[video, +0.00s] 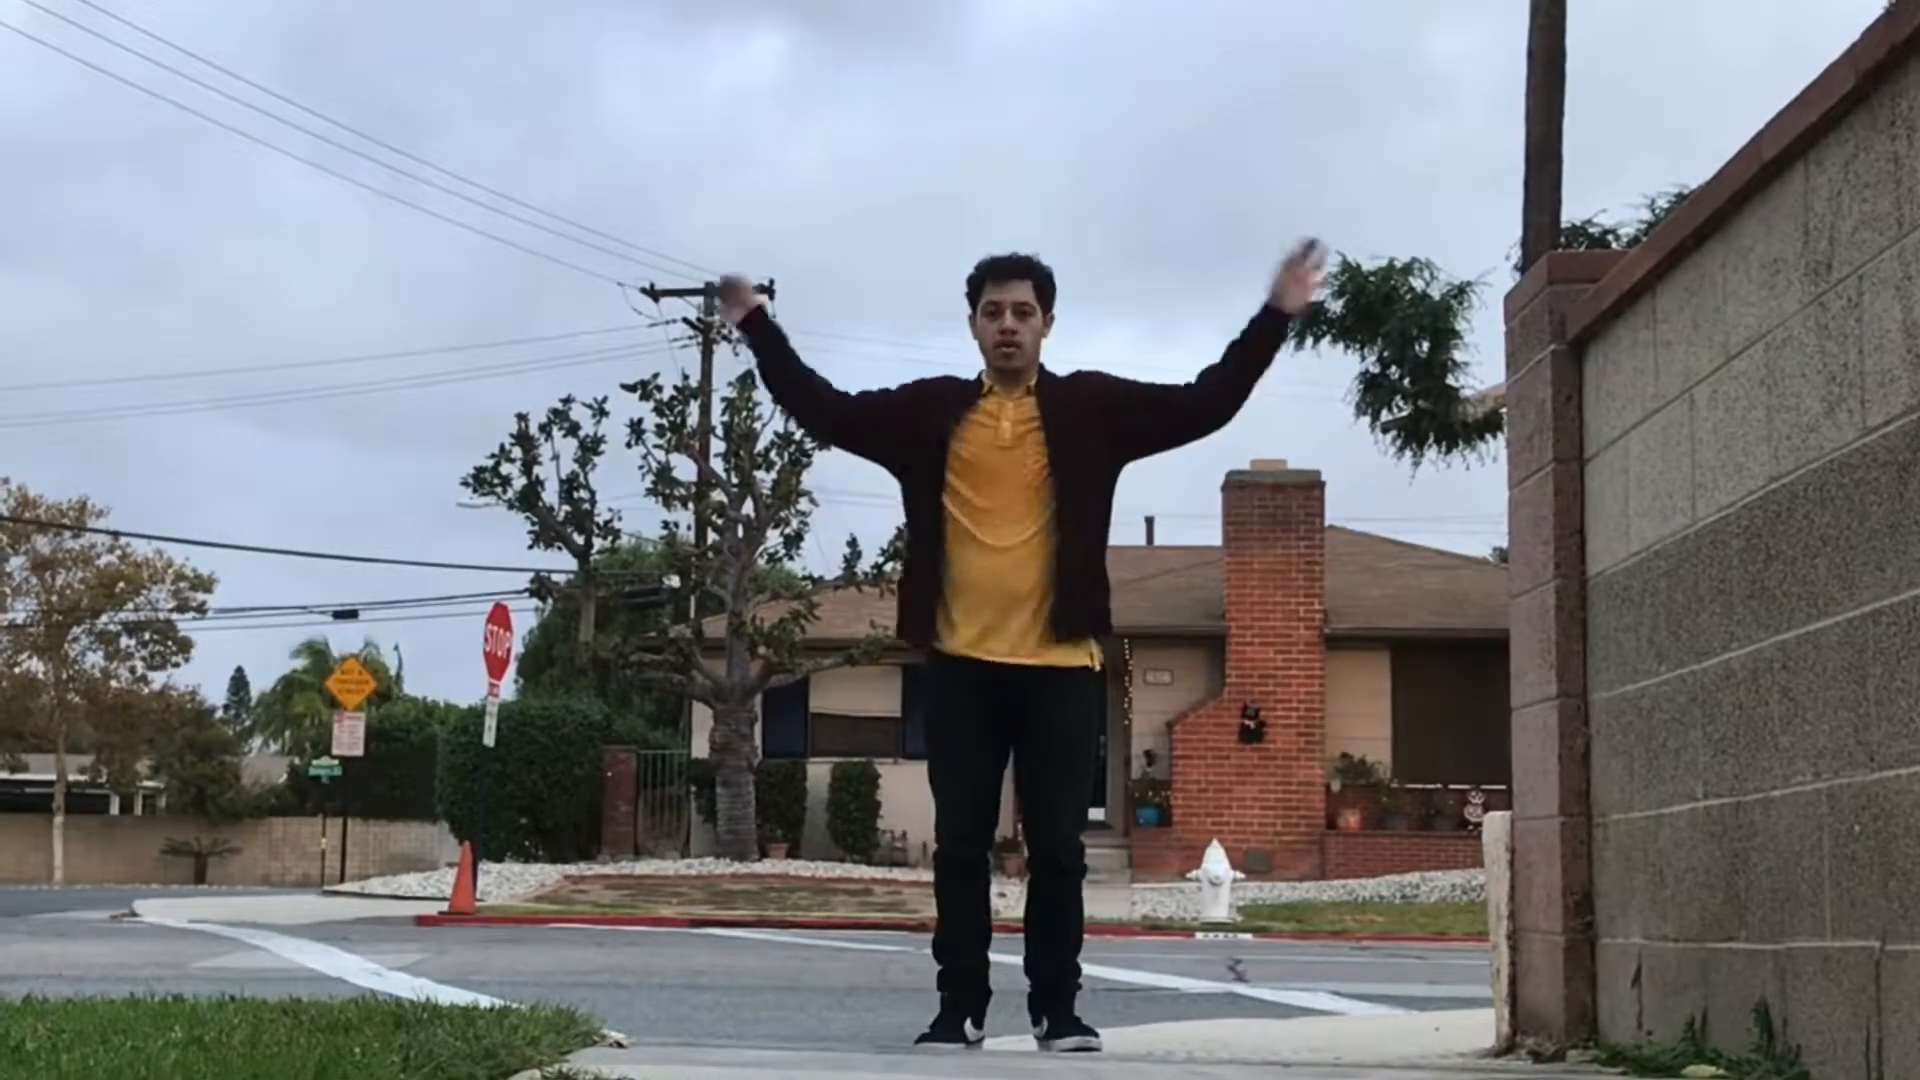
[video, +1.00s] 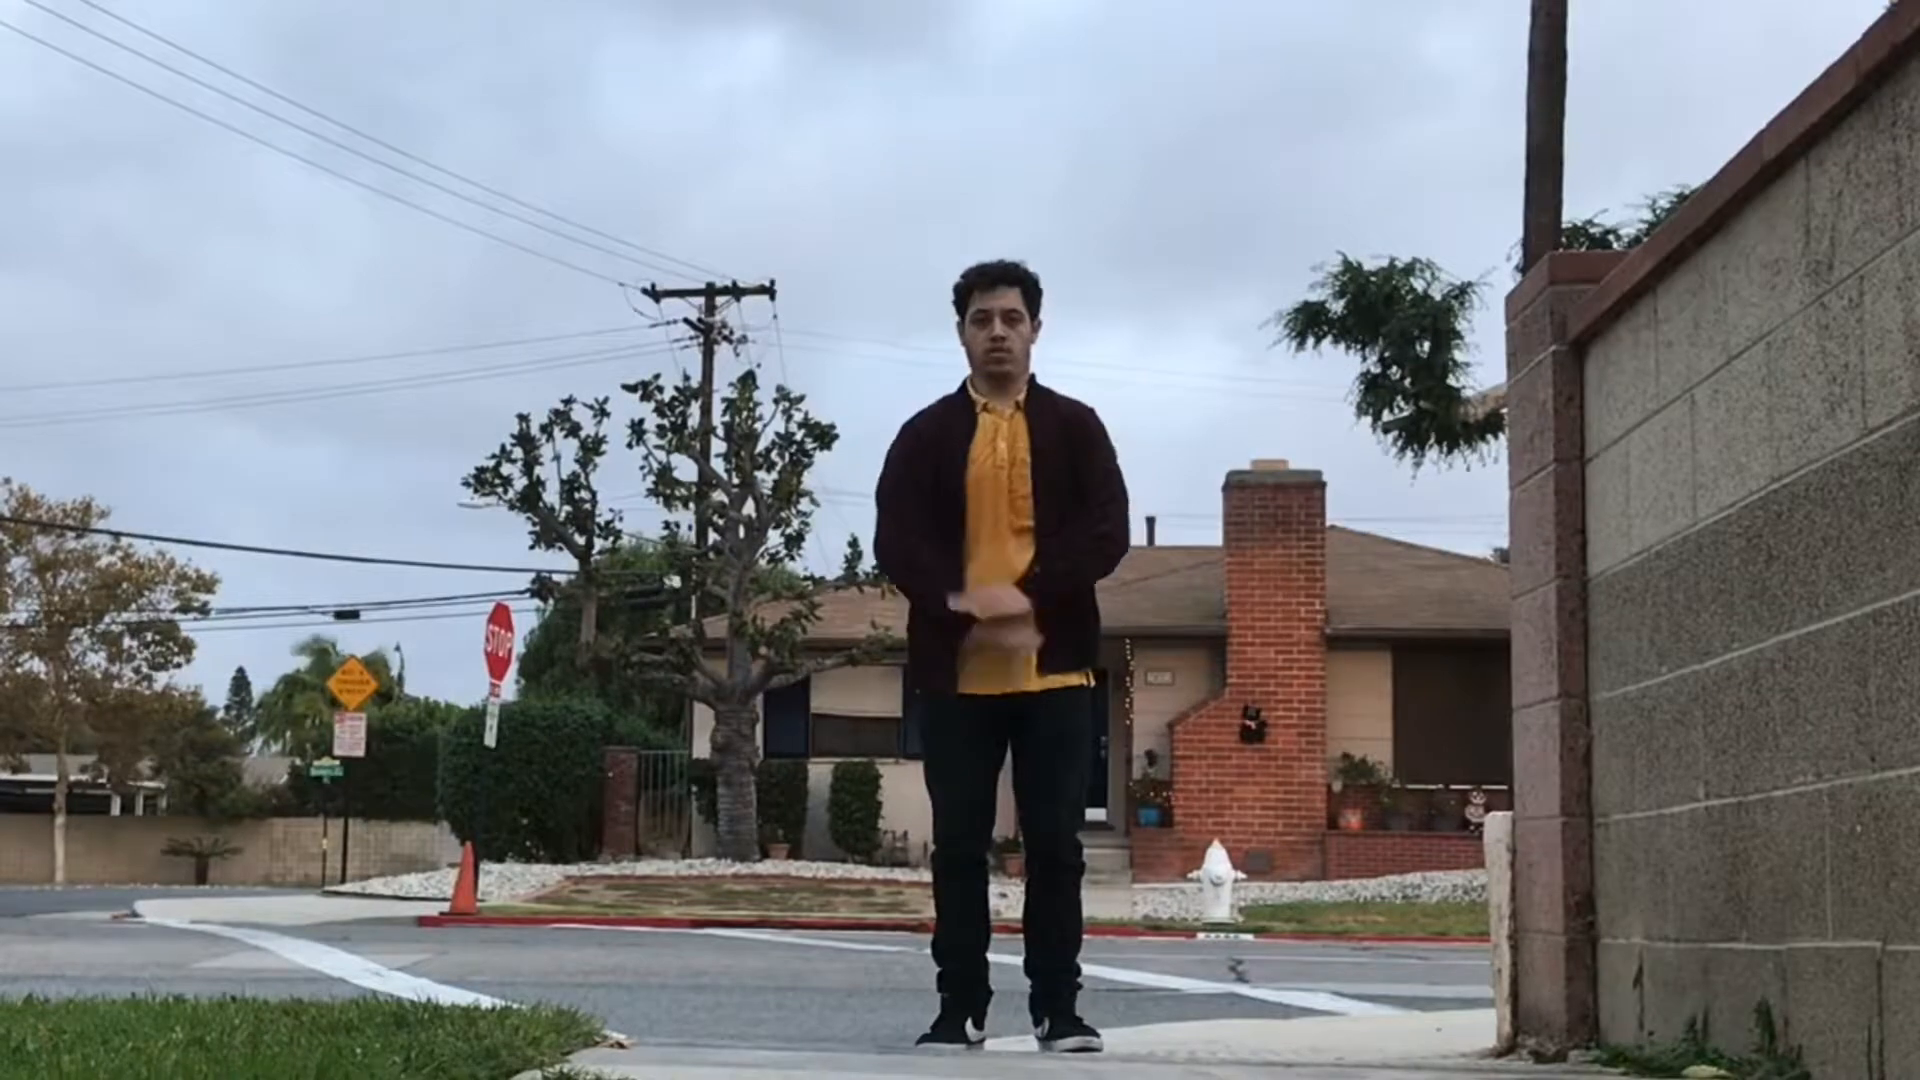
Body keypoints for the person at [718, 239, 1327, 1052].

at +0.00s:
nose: (1007, 325)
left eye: (1023, 312)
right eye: (993, 312)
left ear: (1047, 324)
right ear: (973, 325)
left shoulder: (1093, 406)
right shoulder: (929, 409)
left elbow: (1205, 404)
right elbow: (826, 413)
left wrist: (1276, 314)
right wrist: (756, 325)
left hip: (1061, 668)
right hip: (959, 666)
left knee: (1058, 849)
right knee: (961, 846)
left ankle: (1058, 1013)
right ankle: (960, 1013)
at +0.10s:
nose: (1008, 328)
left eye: (1023, 315)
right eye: (993, 315)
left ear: (1047, 325)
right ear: (973, 326)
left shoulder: (1089, 411)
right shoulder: (928, 414)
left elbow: (1196, 407)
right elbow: (827, 414)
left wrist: (1197, 303)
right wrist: (824, 317)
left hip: (1061, 669)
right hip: (958, 670)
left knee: (1058, 848)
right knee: (961, 848)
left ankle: (1058, 1015)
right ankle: (959, 1016)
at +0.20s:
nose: (1007, 331)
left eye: (1022, 318)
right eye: (992, 318)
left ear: (1044, 328)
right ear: (972, 328)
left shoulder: (1081, 410)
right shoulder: (930, 414)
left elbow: (1168, 421)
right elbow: (841, 416)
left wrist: (1125, 321)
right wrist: (891, 325)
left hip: (1061, 670)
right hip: (959, 670)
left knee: (1059, 849)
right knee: (961, 849)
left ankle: (1058, 1014)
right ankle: (958, 1014)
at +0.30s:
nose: (1008, 330)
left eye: (1021, 316)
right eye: (991, 318)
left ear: (1044, 326)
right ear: (970, 328)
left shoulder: (1071, 411)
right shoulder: (935, 408)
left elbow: (1133, 448)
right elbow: (865, 434)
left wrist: (1070, 357)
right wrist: (954, 379)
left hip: (1061, 668)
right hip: (959, 668)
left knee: (1059, 849)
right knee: (962, 849)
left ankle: (1058, 1012)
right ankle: (959, 1014)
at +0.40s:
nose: (1005, 331)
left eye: (1019, 317)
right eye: (990, 317)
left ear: (1041, 328)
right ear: (969, 328)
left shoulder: (1076, 409)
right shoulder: (937, 408)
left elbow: (1126, 472)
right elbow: (883, 460)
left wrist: (1041, 421)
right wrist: (980, 416)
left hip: (1059, 671)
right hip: (958, 672)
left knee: (1058, 849)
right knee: (960, 849)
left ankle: (1058, 1012)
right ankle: (959, 1013)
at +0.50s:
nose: (1001, 329)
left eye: (1016, 316)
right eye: (986, 316)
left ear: (1039, 327)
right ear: (965, 328)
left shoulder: (1078, 410)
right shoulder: (936, 410)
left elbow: (1137, 480)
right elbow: (895, 485)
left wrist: (1022, 467)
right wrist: (1000, 507)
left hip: (1058, 672)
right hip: (958, 672)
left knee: (1058, 847)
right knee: (960, 847)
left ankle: (1057, 1012)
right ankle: (960, 1012)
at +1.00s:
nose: (997, 332)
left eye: (1011, 319)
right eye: (982, 320)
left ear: (1034, 331)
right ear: (962, 334)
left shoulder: (1076, 425)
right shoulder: (923, 435)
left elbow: (1109, 533)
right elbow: (895, 543)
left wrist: (1025, 594)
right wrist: (959, 597)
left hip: (1057, 679)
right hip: (956, 681)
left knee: (1056, 850)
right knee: (958, 851)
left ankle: (1058, 1011)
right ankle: (960, 1012)